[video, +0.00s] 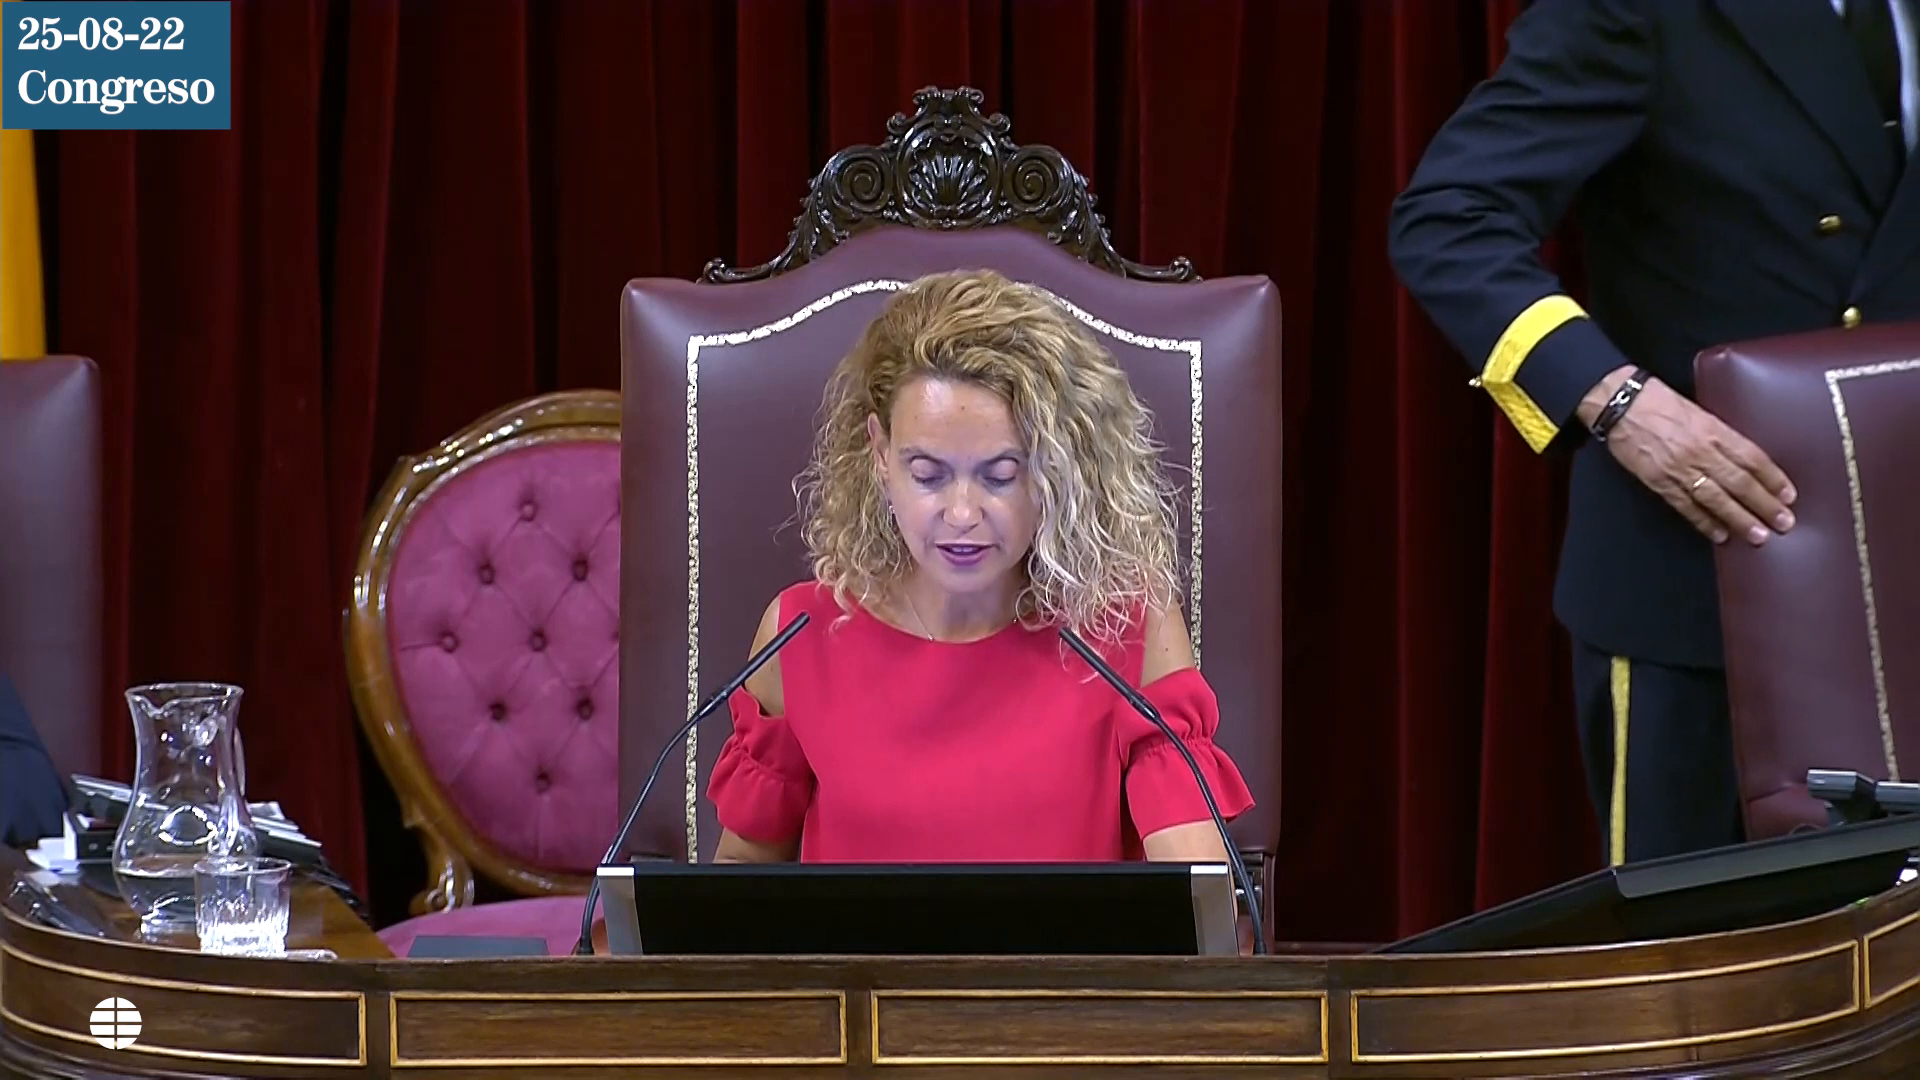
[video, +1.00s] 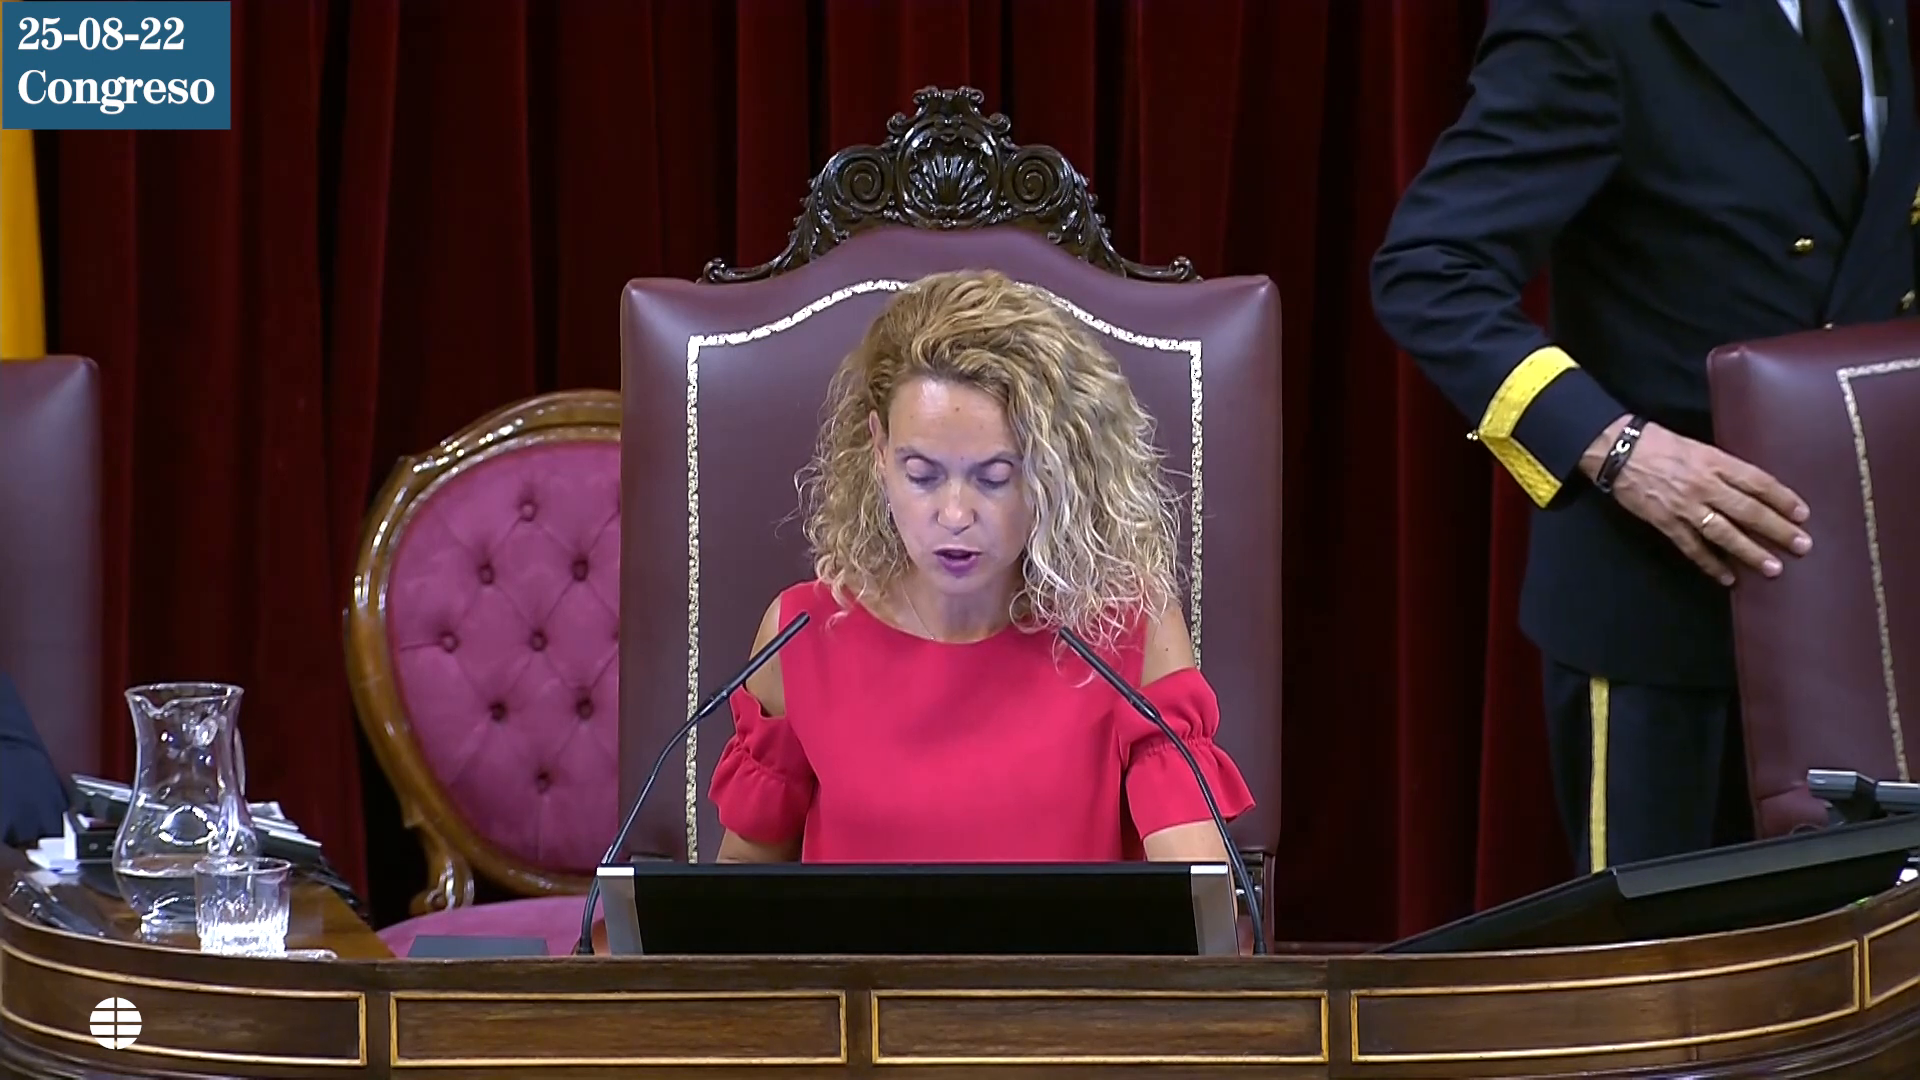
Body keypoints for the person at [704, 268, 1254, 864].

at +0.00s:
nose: (963, 512)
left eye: (1000, 474)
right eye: (930, 473)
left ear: (1058, 468)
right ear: (879, 458)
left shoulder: (1127, 622)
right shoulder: (804, 630)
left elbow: (1200, 893)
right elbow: (743, 879)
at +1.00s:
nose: (955, 513)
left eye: (994, 475)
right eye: (923, 473)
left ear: (1055, 474)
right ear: (878, 460)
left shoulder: (1126, 624)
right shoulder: (805, 631)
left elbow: (1202, 896)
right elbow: (746, 882)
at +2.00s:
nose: (947, 513)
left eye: (986, 475)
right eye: (916, 472)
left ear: (1053, 476)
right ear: (875, 461)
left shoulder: (1126, 622)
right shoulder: (805, 630)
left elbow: (1201, 894)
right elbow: (747, 882)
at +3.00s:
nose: (949, 513)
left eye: (987, 474)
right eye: (918, 471)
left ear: (1053, 474)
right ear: (875, 459)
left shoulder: (1125, 620)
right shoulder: (804, 630)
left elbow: (1200, 892)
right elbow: (749, 877)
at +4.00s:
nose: (963, 511)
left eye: (1000, 472)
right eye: (929, 471)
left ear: (1059, 468)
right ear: (882, 457)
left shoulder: (1130, 622)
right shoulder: (804, 626)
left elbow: (1201, 893)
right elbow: (738, 875)